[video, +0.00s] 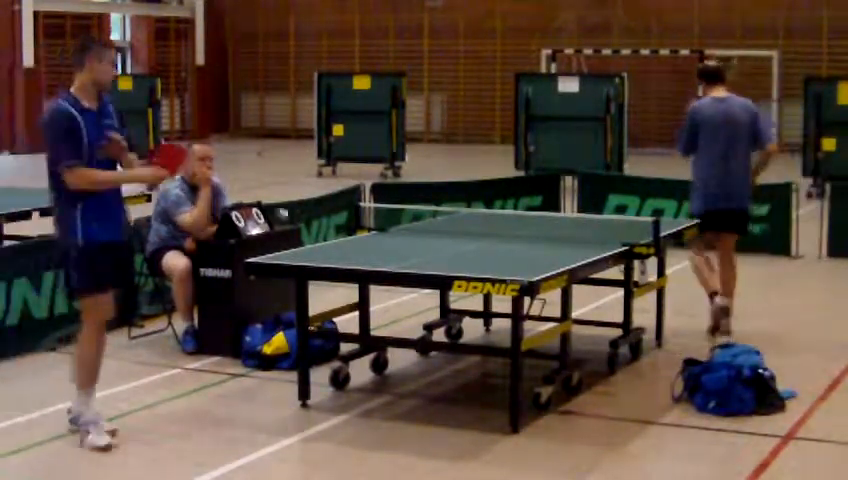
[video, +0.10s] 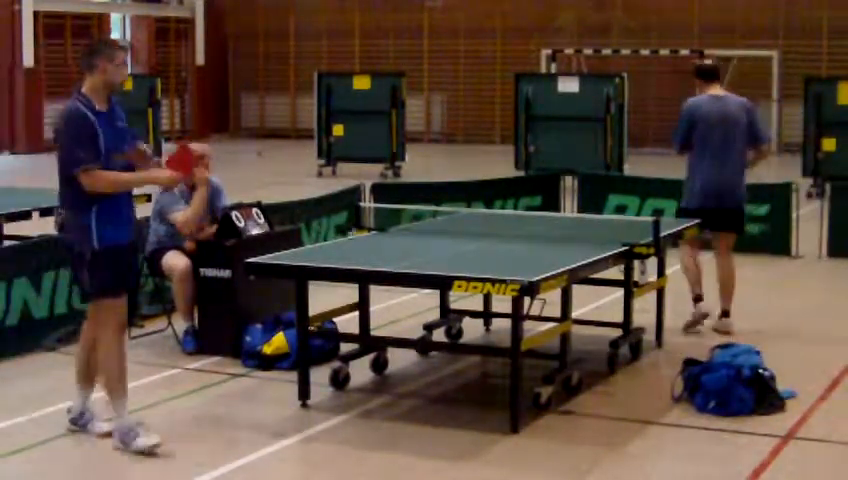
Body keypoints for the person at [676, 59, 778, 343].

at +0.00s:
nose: (700, 89)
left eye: (699, 86)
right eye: (703, 85)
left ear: (702, 84)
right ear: (724, 81)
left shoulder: (698, 109)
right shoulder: (747, 107)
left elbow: (686, 148)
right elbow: (769, 147)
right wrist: (754, 173)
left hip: (707, 193)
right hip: (738, 192)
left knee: (698, 250)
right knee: (727, 253)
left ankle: (715, 295)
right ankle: (724, 315)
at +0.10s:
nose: (696, 86)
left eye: (695, 81)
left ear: (698, 81)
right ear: (720, 77)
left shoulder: (693, 106)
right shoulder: (743, 105)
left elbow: (681, 146)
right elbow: (761, 147)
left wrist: (704, 144)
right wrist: (744, 163)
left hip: (699, 192)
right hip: (731, 193)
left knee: (689, 247)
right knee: (724, 251)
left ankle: (699, 303)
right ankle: (725, 315)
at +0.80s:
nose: (643, 88)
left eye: (645, 83)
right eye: (642, 83)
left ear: (658, 81)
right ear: (661, 79)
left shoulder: (676, 108)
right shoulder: (674, 105)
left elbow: (678, 152)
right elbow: (670, 149)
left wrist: (654, 176)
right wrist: (652, 173)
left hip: (674, 191)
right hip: (672, 189)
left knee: (667, 246)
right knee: (666, 245)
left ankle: (673, 302)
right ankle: (668, 297)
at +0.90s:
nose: (640, 91)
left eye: (643, 86)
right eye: (639, 86)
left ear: (657, 84)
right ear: (653, 84)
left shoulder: (676, 108)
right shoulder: (663, 107)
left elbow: (682, 154)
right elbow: (661, 148)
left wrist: (660, 186)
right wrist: (649, 172)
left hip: (674, 190)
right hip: (663, 188)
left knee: (667, 244)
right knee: (661, 244)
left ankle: (674, 302)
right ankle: (663, 294)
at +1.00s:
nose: (642, 102)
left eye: (644, 96)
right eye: (639, 97)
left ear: (656, 91)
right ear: (645, 93)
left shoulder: (678, 110)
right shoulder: (652, 110)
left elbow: (690, 154)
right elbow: (652, 151)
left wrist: (672, 184)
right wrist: (641, 177)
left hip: (676, 188)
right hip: (655, 186)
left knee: (674, 241)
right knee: (659, 242)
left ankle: (675, 299)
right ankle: (662, 293)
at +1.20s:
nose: (646, 111)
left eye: (649, 107)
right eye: (643, 107)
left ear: (659, 101)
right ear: (641, 103)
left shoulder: (681, 115)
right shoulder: (641, 116)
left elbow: (691, 158)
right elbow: (637, 151)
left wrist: (686, 195)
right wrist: (637, 185)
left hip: (676, 188)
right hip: (651, 187)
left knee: (677, 238)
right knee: (657, 240)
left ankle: (686, 285)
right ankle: (664, 286)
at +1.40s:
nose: (657, 131)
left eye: (660, 127)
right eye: (654, 126)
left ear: (670, 121)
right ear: (650, 121)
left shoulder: (689, 131)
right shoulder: (646, 122)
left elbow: (695, 172)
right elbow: (645, 152)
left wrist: (698, 203)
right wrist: (644, 183)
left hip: (681, 190)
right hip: (654, 188)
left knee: (682, 236)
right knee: (654, 237)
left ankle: (685, 279)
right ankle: (656, 285)